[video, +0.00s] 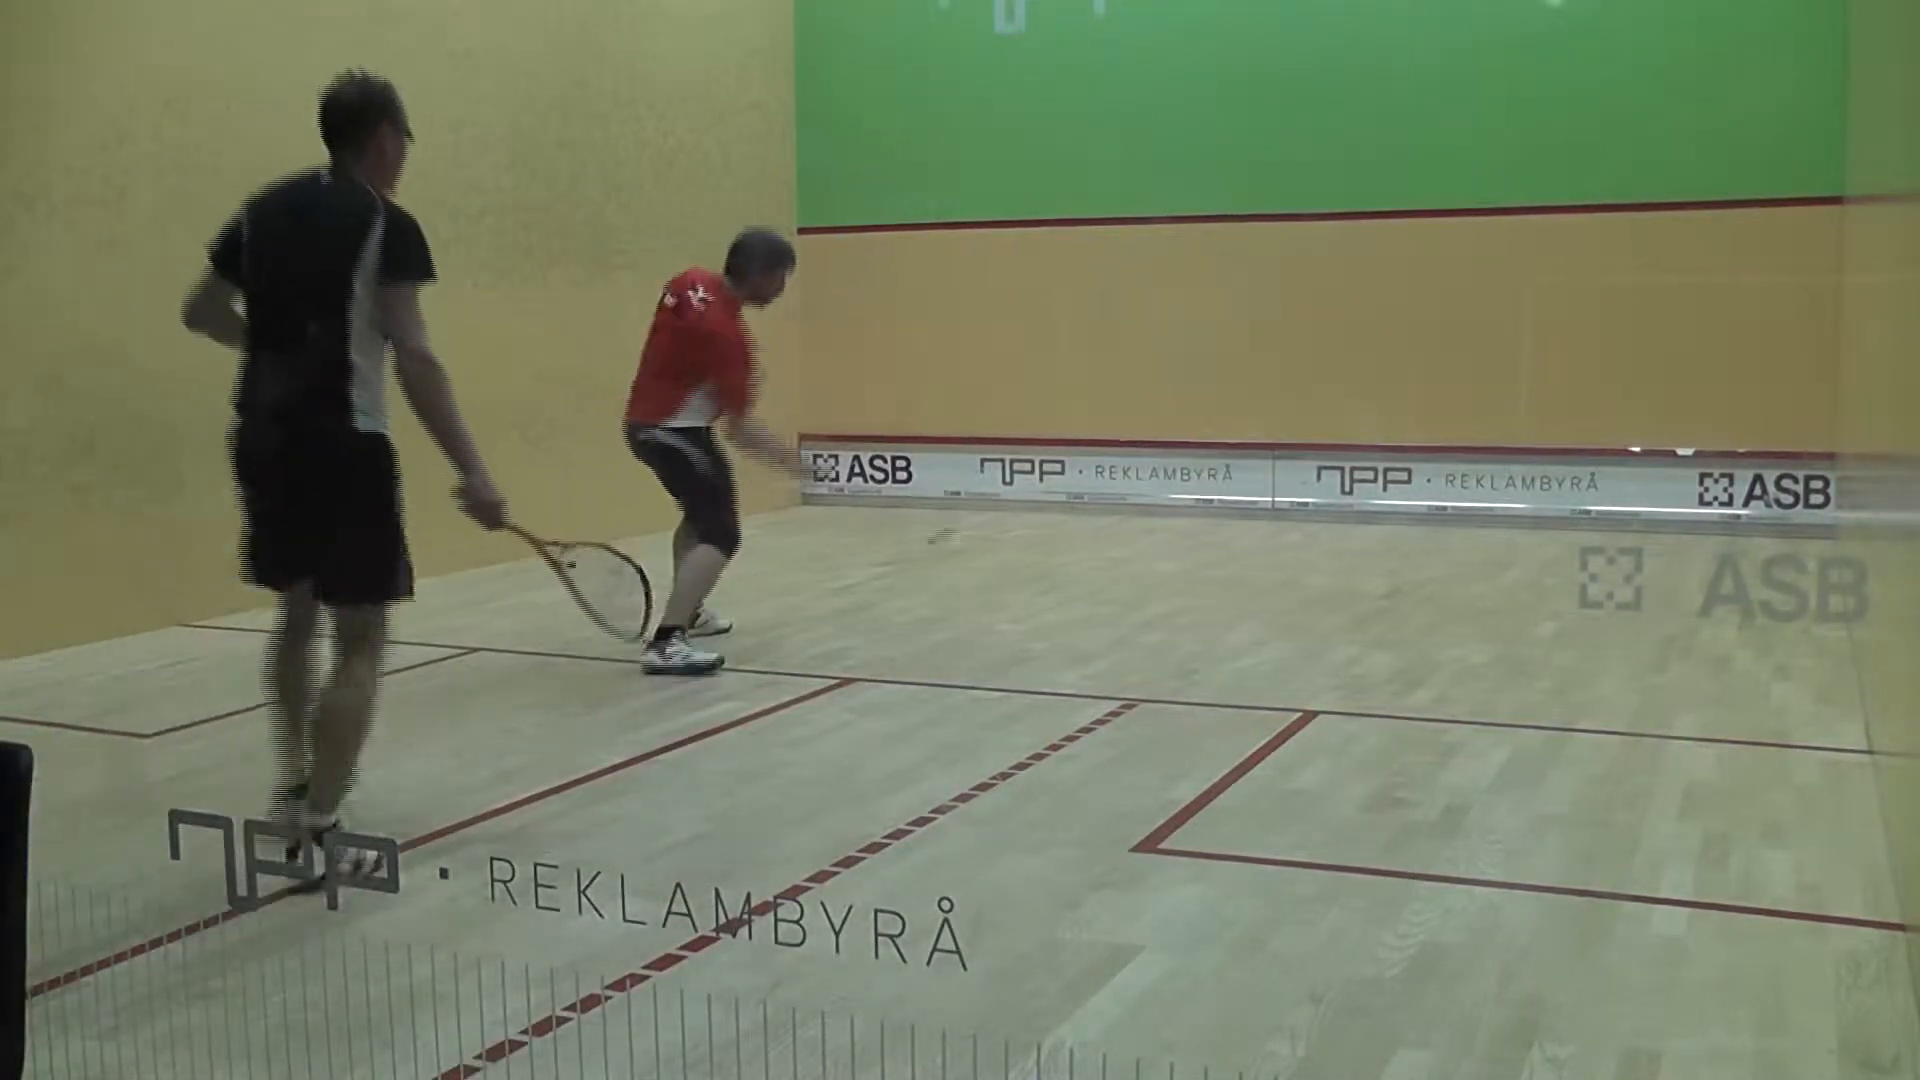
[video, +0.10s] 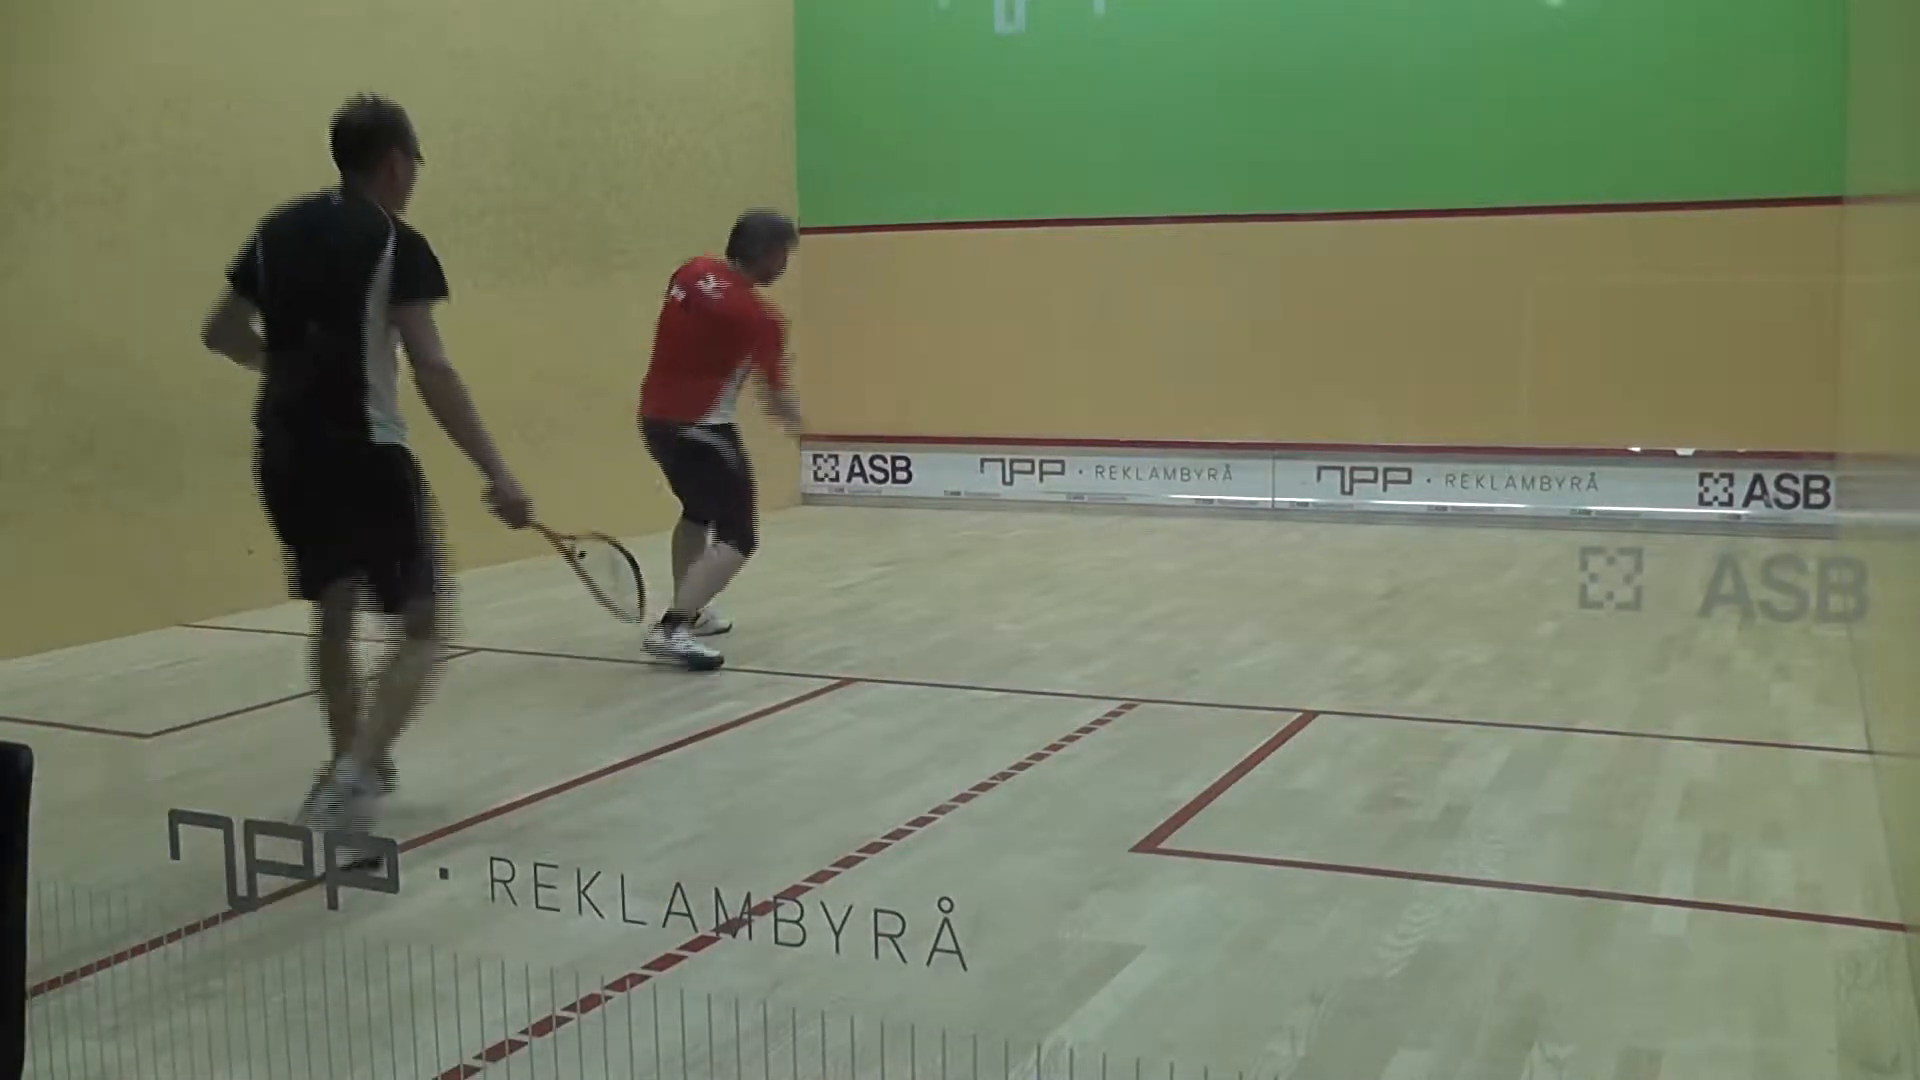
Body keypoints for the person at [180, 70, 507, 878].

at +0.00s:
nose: (407, 155)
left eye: (405, 140)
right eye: (404, 140)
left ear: (332, 140)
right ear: (383, 140)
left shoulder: (268, 210)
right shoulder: (387, 225)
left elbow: (203, 309)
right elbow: (414, 357)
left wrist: (275, 345)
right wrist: (472, 472)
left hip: (265, 448)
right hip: (350, 452)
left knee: (296, 614)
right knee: (359, 639)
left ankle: (300, 781)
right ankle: (318, 819)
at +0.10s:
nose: (414, 177)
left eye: (413, 162)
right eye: (410, 162)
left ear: (343, 162)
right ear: (390, 164)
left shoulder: (281, 230)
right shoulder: (397, 245)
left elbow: (223, 330)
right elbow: (432, 371)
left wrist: (291, 362)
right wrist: (496, 472)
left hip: (288, 458)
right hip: (368, 455)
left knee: (334, 609)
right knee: (423, 626)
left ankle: (346, 768)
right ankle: (355, 780)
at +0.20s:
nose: (430, 200)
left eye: (428, 186)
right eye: (424, 186)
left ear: (364, 190)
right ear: (400, 190)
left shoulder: (307, 256)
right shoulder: (412, 268)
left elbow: (256, 361)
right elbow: (450, 384)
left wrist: (324, 395)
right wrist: (517, 472)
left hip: (318, 467)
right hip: (394, 467)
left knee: (374, 596)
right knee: (498, 587)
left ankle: (359, 761)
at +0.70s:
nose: (398, 254)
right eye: (401, 244)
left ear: (346, 249)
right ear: (401, 249)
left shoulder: (313, 310)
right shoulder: (437, 319)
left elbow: (272, 407)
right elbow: (465, 433)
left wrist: (318, 453)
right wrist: (419, 452)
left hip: (338, 497)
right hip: (425, 494)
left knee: (279, 607)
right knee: (518, 599)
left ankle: (268, 750)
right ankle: (563, 747)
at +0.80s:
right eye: (314, 267)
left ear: (267, 272)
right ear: (320, 271)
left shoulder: (250, 321)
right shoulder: (351, 323)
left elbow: (227, 402)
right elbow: (372, 408)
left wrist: (244, 484)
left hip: (292, 491)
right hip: (376, 484)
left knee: (232, 612)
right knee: (467, 609)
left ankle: (220, 766)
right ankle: (552, 746)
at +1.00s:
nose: (228, 268)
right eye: (225, 259)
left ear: (169, 267)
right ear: (221, 259)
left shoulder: (162, 301)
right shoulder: (256, 298)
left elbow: (144, 371)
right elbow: (285, 379)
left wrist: (141, 484)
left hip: (237, 459)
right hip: (316, 449)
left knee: (205, 610)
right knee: (366, 594)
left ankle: (217, 764)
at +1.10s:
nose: (226, 254)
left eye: (220, 248)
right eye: (223, 246)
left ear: (162, 251)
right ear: (216, 246)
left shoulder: (149, 283)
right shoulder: (246, 286)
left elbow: (127, 354)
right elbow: (242, 396)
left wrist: (115, 470)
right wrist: (182, 483)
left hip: (217, 445)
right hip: (295, 436)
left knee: (196, 606)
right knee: (325, 580)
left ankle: (215, 759)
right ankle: (347, 726)